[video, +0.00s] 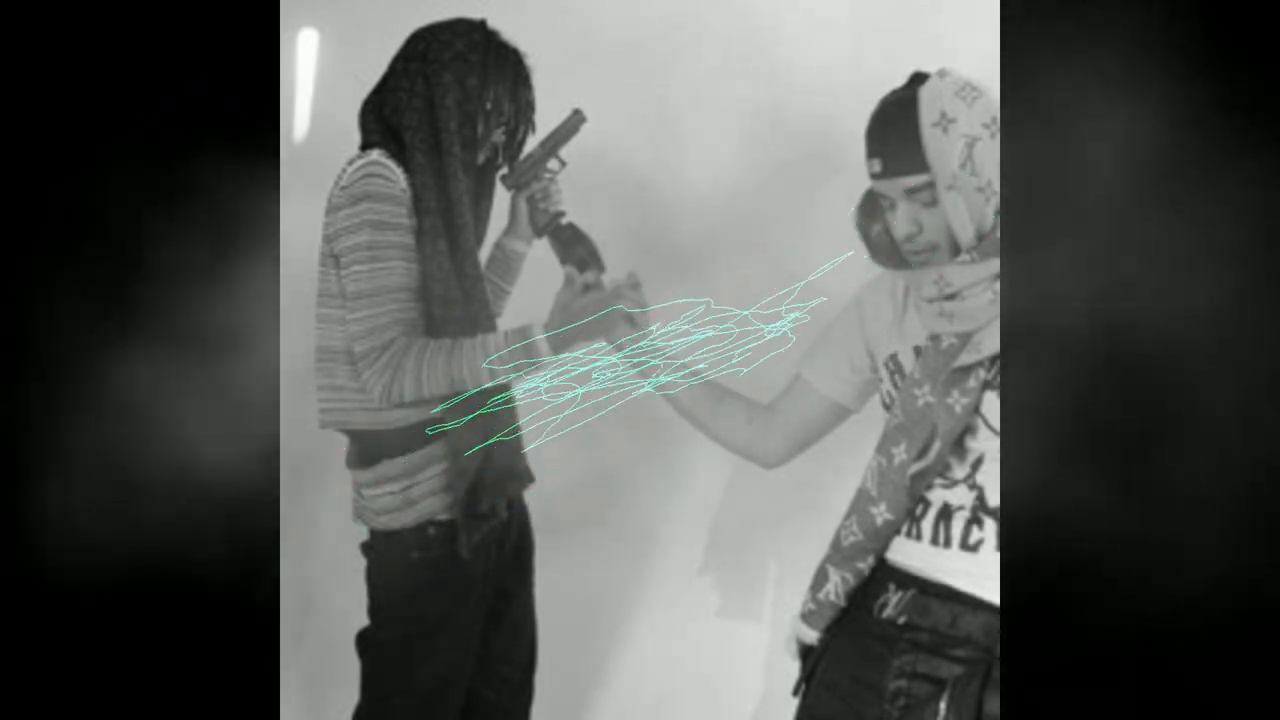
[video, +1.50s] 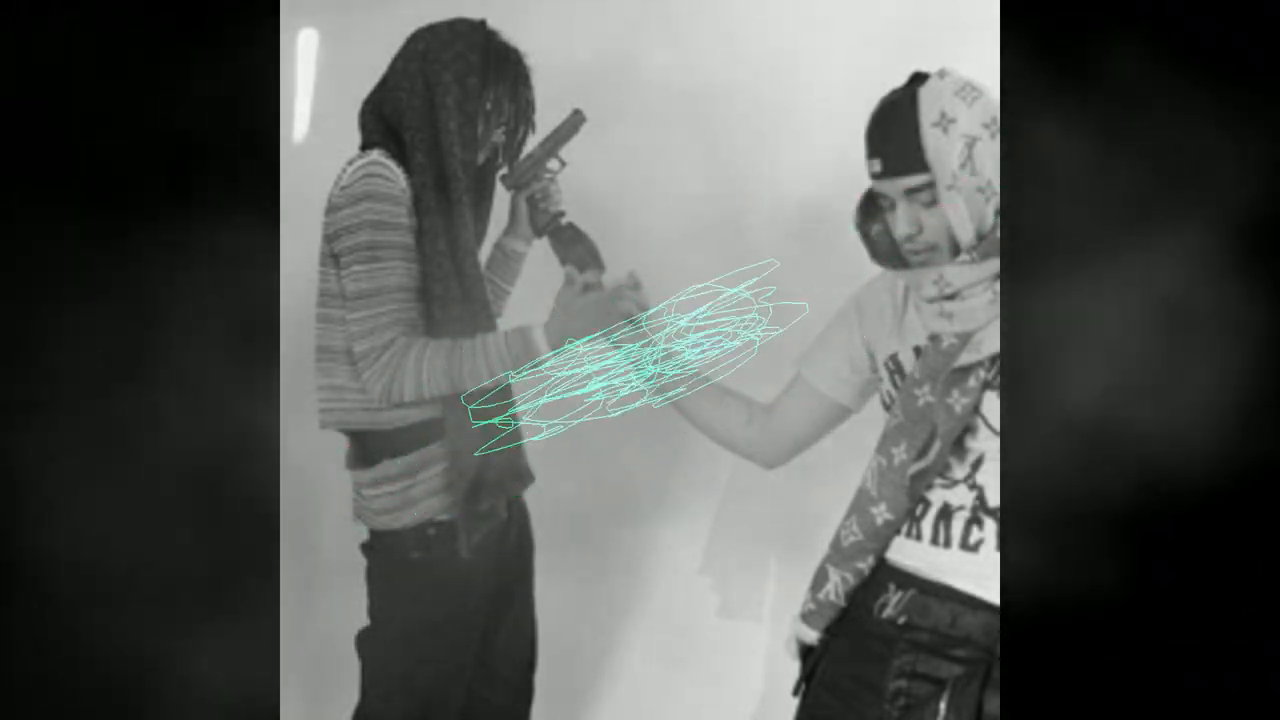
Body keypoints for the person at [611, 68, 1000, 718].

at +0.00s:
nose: (905, 228)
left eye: (926, 198)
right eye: (887, 204)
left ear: (982, 182)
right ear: (874, 203)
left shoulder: (1040, 292)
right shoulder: (892, 303)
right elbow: (769, 436)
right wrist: (638, 344)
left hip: (994, 642)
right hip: (879, 616)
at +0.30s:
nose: (903, 228)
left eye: (925, 199)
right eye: (885, 204)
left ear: (981, 184)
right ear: (873, 203)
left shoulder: (1039, 294)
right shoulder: (893, 303)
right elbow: (768, 436)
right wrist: (640, 347)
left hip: (992, 641)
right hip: (879, 617)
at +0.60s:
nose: (904, 230)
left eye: (925, 199)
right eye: (884, 205)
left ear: (984, 189)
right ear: (872, 205)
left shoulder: (1031, 303)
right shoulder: (890, 307)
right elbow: (768, 436)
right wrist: (630, 338)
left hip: (992, 644)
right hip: (878, 621)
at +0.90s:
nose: (906, 228)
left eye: (926, 198)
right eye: (886, 205)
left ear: (980, 183)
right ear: (873, 205)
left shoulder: (1035, 291)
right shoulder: (891, 304)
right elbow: (768, 436)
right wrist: (636, 336)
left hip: (995, 643)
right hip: (882, 618)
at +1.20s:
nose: (907, 227)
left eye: (926, 199)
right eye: (888, 205)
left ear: (980, 184)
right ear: (875, 206)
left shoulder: (1039, 295)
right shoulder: (890, 304)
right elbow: (769, 436)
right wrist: (640, 345)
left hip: (986, 644)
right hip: (874, 618)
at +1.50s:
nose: (904, 228)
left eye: (926, 199)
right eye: (886, 205)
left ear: (980, 185)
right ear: (874, 207)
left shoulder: (1029, 292)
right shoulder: (888, 305)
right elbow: (769, 436)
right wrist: (643, 343)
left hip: (987, 641)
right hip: (876, 616)